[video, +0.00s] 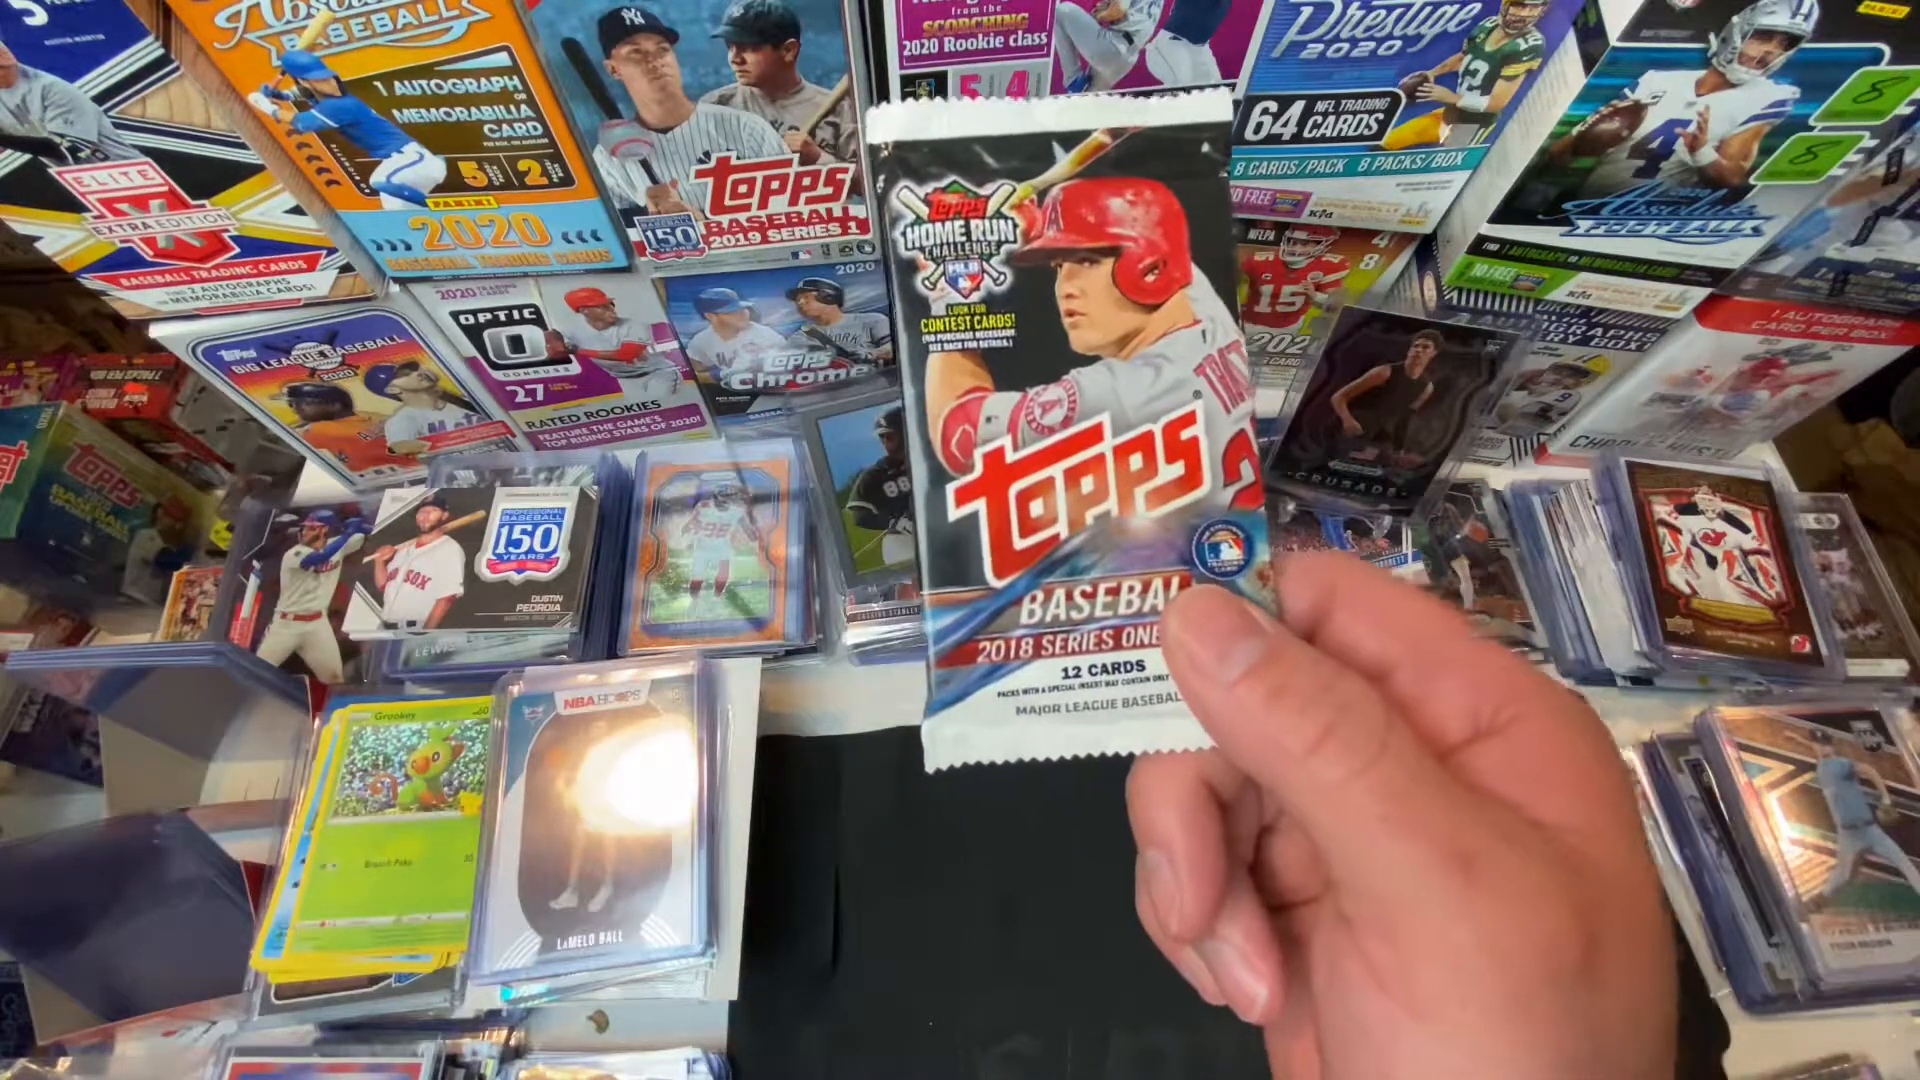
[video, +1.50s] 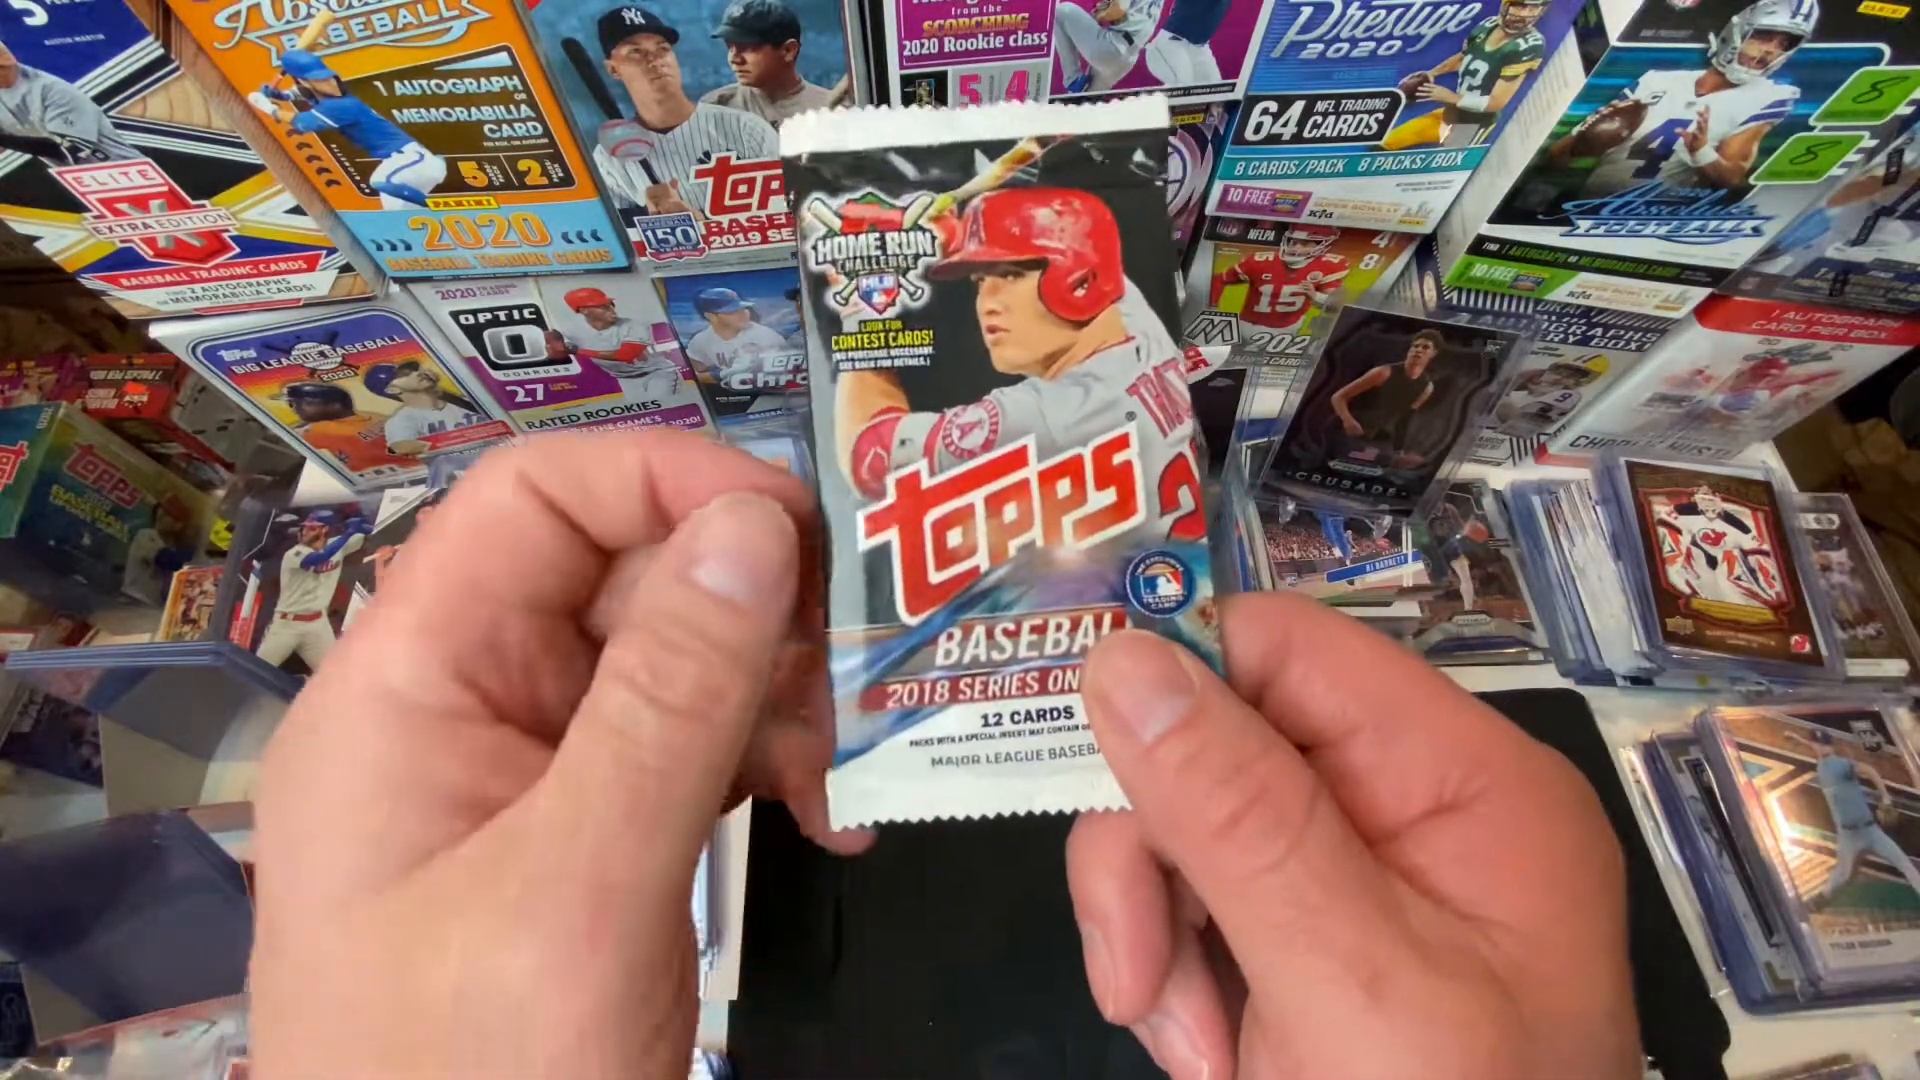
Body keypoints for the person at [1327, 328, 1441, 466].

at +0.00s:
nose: (1419, 351)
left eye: (1426, 347)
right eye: (1416, 346)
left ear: (1433, 354)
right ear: (1409, 349)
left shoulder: (1426, 389)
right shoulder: (1385, 373)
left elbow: (1406, 417)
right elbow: (1338, 398)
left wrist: (1399, 451)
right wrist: (1348, 421)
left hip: (1384, 444)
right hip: (1357, 437)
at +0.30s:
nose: (1418, 350)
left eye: (1426, 347)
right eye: (1416, 346)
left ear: (1433, 354)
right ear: (1410, 349)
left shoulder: (1426, 389)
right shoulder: (1384, 373)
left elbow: (1407, 417)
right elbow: (1338, 398)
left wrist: (1400, 451)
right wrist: (1348, 420)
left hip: (1385, 445)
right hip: (1359, 438)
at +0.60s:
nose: (1419, 350)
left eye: (1426, 347)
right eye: (1416, 346)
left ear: (1433, 355)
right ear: (1410, 349)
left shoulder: (1426, 389)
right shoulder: (1384, 373)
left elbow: (1406, 417)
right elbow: (1338, 397)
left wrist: (1400, 452)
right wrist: (1348, 420)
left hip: (1385, 440)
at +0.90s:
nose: (1419, 350)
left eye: (1426, 347)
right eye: (1416, 346)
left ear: (1433, 355)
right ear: (1410, 349)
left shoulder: (1426, 389)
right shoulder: (1384, 373)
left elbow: (1405, 417)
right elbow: (1338, 397)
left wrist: (1400, 452)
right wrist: (1348, 420)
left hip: (1385, 440)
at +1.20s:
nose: (1419, 350)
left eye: (1426, 347)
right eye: (1416, 346)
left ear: (1433, 355)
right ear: (1410, 349)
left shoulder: (1426, 389)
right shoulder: (1384, 373)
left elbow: (1405, 417)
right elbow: (1338, 397)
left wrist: (1400, 452)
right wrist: (1347, 420)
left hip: (1385, 440)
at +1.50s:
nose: (1419, 350)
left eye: (1426, 347)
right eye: (1416, 346)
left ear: (1434, 354)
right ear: (1410, 349)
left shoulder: (1426, 389)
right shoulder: (1384, 373)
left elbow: (1405, 417)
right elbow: (1338, 397)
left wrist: (1400, 452)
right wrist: (1348, 420)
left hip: (1381, 438)